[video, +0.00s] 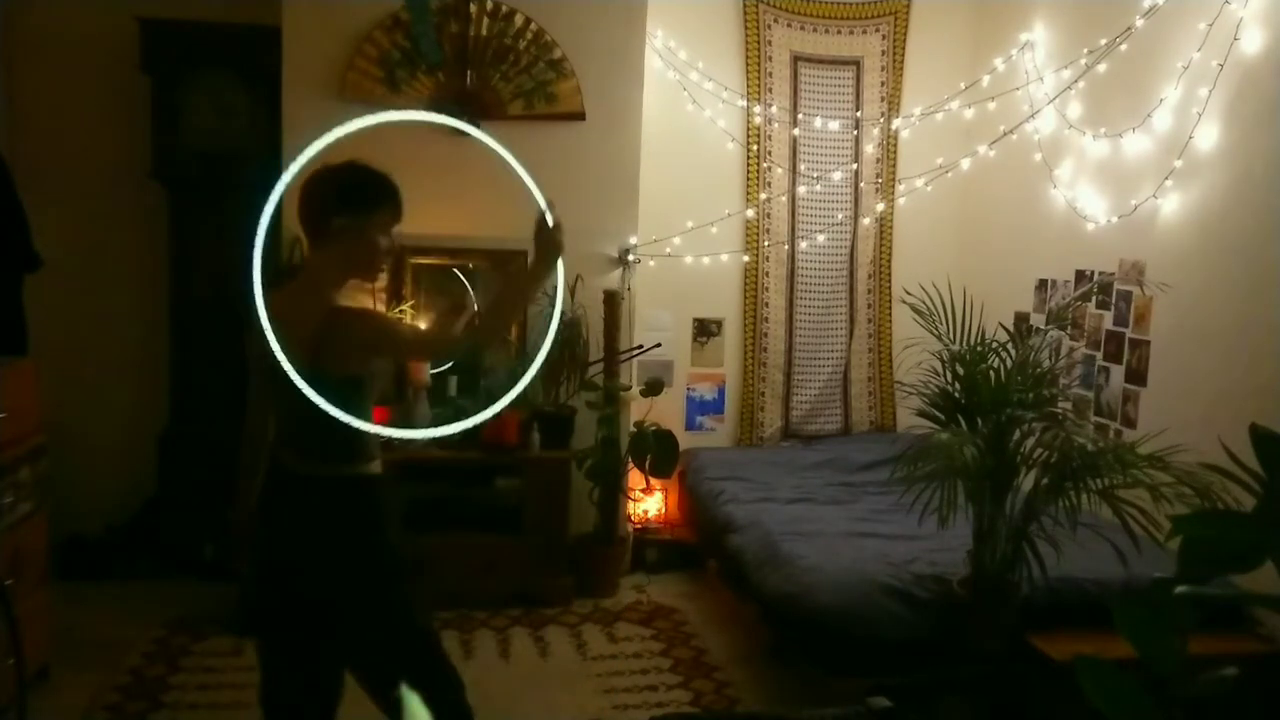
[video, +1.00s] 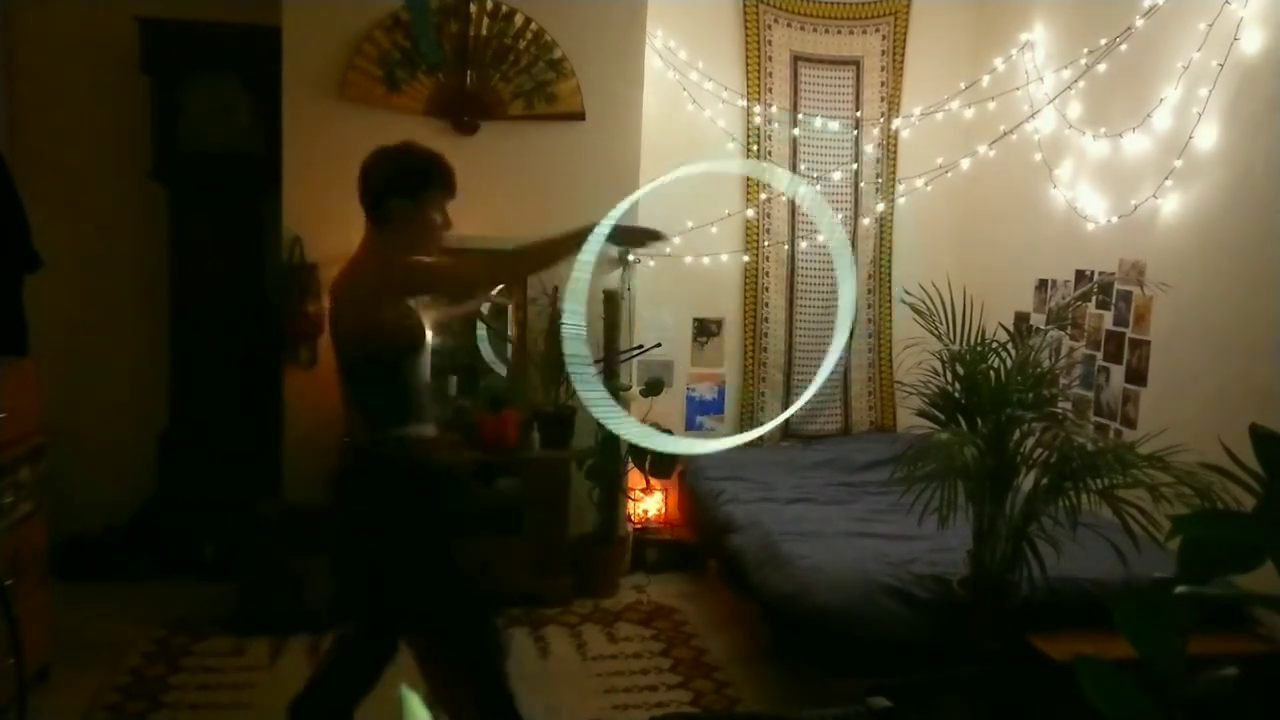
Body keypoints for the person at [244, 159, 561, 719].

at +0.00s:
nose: (393, 247)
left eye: (393, 231)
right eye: (384, 230)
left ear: (334, 231)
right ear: (340, 230)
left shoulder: (280, 308)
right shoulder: (343, 324)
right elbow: (464, 354)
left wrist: (452, 326)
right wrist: (533, 271)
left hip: (287, 525)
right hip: (341, 534)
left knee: (295, 700)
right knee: (441, 697)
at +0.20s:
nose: (382, 251)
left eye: (382, 235)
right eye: (371, 233)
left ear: (321, 236)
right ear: (327, 234)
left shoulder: (270, 325)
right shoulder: (339, 333)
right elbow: (419, 397)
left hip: (284, 551)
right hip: (343, 554)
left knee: (299, 704)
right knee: (442, 698)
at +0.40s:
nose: (395, 253)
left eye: (396, 237)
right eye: (391, 235)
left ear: (319, 233)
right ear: (366, 238)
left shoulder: (272, 319)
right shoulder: (352, 328)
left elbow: (265, 447)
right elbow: (401, 448)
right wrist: (498, 488)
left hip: (290, 551)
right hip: (357, 556)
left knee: (300, 705)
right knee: (454, 701)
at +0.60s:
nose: (426, 242)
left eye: (426, 226)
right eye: (421, 225)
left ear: (353, 220)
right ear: (394, 225)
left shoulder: (300, 305)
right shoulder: (403, 309)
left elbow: (296, 433)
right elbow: (418, 437)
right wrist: (499, 520)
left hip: (316, 541)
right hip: (401, 543)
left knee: (308, 705)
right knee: (481, 704)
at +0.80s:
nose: (459, 239)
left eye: (458, 225)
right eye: (451, 223)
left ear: (390, 228)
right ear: (415, 226)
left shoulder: (338, 321)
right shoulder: (453, 297)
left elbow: (336, 435)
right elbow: (544, 331)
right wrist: (632, 349)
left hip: (371, 498)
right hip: (443, 498)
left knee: (375, 642)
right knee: (503, 655)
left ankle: (315, 716)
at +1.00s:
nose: (448, 220)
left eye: (446, 206)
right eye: (437, 206)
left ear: (392, 209)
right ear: (400, 208)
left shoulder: (372, 277)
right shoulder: (384, 276)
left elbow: (427, 317)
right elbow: (507, 266)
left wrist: (487, 299)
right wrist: (599, 234)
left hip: (388, 482)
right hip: (396, 485)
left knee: (369, 639)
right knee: (464, 650)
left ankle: (311, 714)